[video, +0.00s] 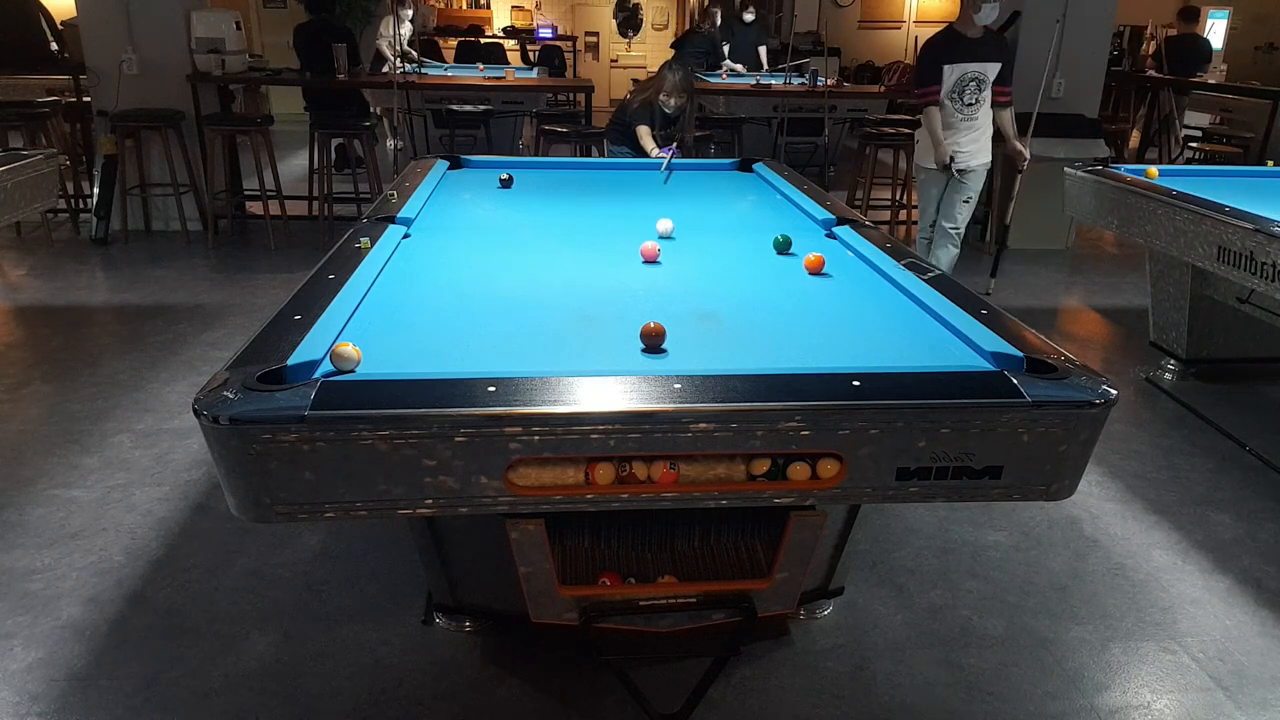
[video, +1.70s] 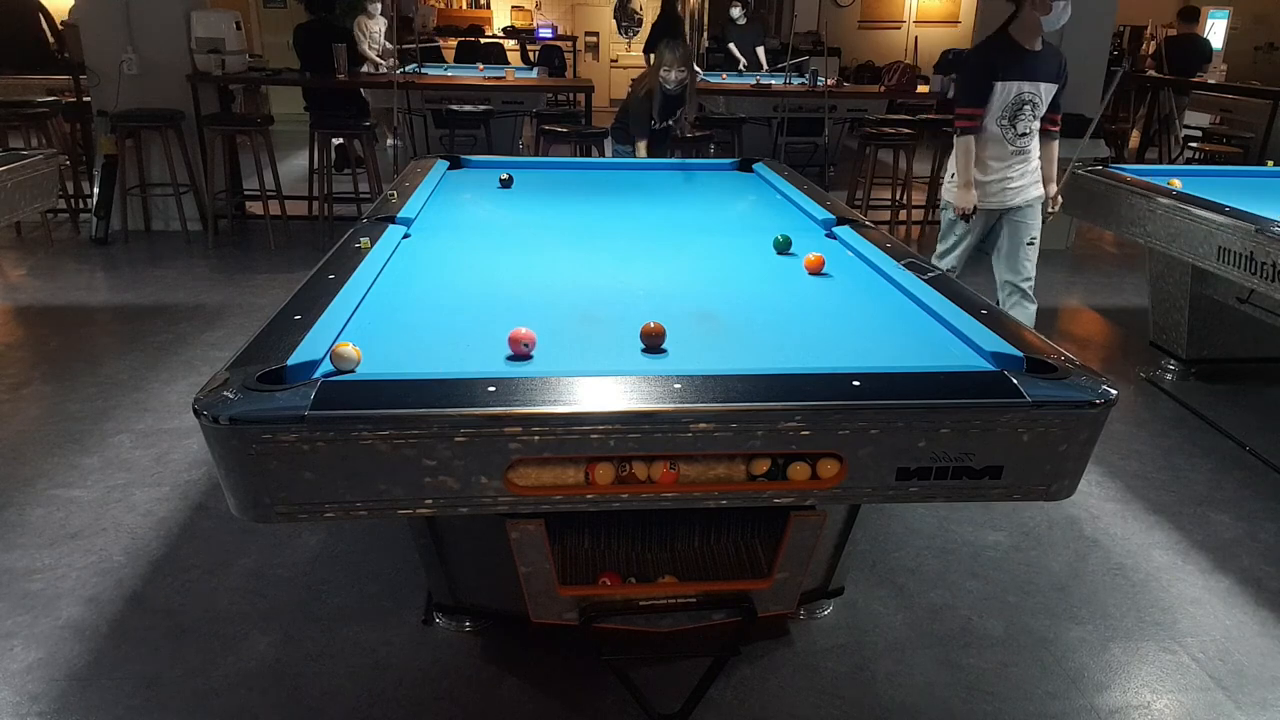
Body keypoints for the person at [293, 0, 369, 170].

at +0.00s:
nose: (302, 7)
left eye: (303, 5)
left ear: (307, 8)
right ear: (332, 7)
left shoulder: (300, 30)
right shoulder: (343, 30)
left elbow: (305, 64)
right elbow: (356, 68)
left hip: (315, 102)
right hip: (346, 103)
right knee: (363, 107)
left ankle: (351, 152)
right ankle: (344, 149)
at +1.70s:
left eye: (303, 5)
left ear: (307, 8)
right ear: (333, 7)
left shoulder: (300, 30)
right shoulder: (342, 30)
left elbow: (305, 61)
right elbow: (357, 61)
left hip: (314, 101)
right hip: (345, 101)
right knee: (362, 106)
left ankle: (350, 150)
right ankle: (343, 147)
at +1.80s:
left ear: (308, 8)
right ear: (335, 8)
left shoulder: (300, 31)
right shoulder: (344, 33)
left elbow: (305, 64)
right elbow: (355, 70)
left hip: (314, 102)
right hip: (346, 102)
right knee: (362, 107)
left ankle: (351, 150)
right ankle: (343, 147)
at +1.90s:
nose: (347, 10)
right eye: (344, 5)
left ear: (309, 8)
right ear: (337, 8)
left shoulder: (299, 31)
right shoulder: (344, 34)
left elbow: (305, 64)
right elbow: (355, 70)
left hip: (314, 102)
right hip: (345, 103)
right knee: (362, 106)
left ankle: (350, 150)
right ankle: (344, 147)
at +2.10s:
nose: (338, 7)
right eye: (336, 4)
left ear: (308, 8)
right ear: (332, 8)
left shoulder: (300, 31)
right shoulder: (344, 34)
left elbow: (306, 64)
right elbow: (357, 73)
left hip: (315, 104)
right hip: (346, 105)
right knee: (362, 105)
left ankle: (351, 150)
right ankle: (344, 148)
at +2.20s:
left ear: (308, 8)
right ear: (331, 8)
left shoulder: (300, 31)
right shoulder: (343, 32)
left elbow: (305, 65)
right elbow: (357, 71)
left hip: (315, 103)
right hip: (346, 104)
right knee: (362, 106)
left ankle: (351, 150)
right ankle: (345, 148)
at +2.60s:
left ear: (307, 8)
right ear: (332, 8)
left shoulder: (300, 31)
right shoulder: (343, 31)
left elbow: (303, 68)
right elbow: (356, 71)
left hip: (315, 103)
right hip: (346, 104)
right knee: (362, 106)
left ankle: (351, 151)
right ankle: (344, 148)